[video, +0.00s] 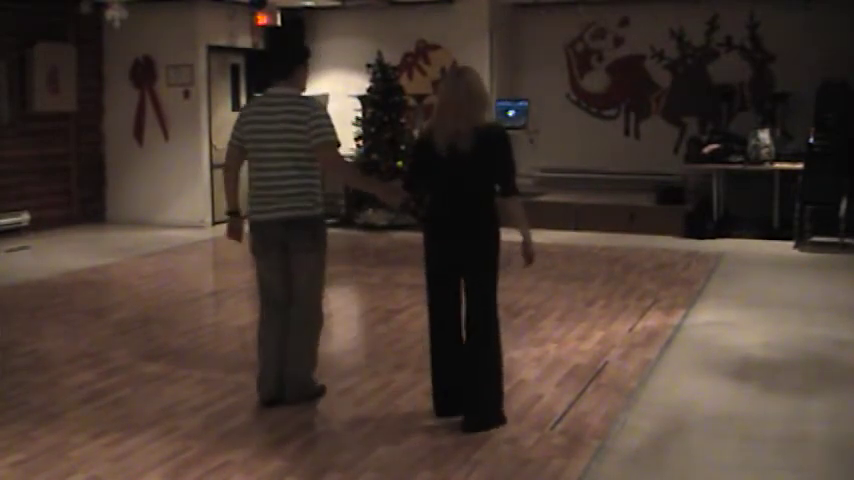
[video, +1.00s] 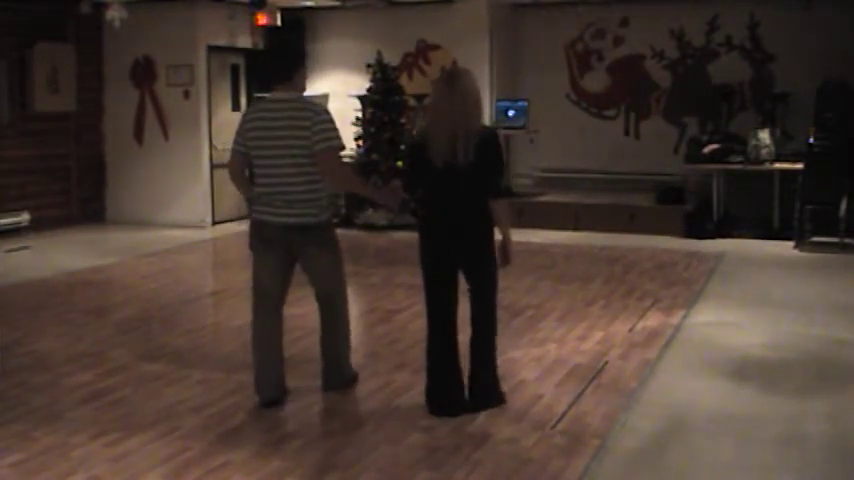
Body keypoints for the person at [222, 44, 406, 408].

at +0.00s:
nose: (307, 72)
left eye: (305, 65)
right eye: (306, 66)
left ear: (270, 69)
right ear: (300, 69)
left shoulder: (252, 110)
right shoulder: (310, 109)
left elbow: (230, 163)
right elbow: (332, 164)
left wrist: (233, 212)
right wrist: (378, 189)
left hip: (263, 221)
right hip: (304, 220)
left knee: (272, 302)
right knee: (306, 302)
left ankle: (270, 386)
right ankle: (299, 384)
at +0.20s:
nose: (305, 72)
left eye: (302, 65)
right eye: (302, 66)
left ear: (266, 69)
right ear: (296, 68)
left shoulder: (248, 111)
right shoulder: (308, 110)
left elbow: (226, 162)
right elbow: (329, 165)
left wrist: (238, 195)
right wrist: (373, 187)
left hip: (260, 224)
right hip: (303, 222)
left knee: (264, 305)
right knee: (319, 299)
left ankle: (269, 388)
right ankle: (316, 376)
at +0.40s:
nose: (304, 73)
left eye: (302, 66)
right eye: (302, 66)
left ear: (265, 71)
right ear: (295, 69)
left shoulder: (251, 111)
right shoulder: (310, 111)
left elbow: (229, 165)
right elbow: (332, 170)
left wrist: (253, 191)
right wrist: (371, 193)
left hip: (261, 225)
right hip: (304, 224)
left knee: (263, 305)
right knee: (321, 300)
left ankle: (268, 388)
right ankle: (332, 374)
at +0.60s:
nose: (305, 72)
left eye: (302, 65)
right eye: (302, 66)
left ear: (265, 70)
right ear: (297, 69)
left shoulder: (252, 111)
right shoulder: (312, 112)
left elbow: (234, 164)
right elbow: (331, 169)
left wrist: (261, 188)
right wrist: (372, 193)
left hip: (265, 225)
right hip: (309, 224)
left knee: (265, 305)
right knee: (329, 299)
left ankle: (269, 388)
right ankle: (335, 375)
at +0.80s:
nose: (304, 73)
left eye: (301, 66)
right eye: (302, 67)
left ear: (266, 71)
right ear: (298, 70)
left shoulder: (252, 112)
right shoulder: (313, 112)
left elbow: (237, 168)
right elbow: (333, 172)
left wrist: (257, 200)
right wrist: (373, 194)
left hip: (266, 226)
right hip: (310, 225)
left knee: (266, 305)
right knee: (326, 299)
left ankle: (269, 388)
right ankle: (335, 374)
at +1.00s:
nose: (304, 73)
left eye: (300, 66)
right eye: (303, 67)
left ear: (267, 71)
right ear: (300, 70)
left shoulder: (254, 113)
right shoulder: (314, 113)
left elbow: (236, 168)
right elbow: (333, 171)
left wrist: (256, 199)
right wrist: (377, 193)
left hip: (267, 226)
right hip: (312, 226)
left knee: (266, 304)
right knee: (332, 297)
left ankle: (269, 389)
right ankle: (336, 374)